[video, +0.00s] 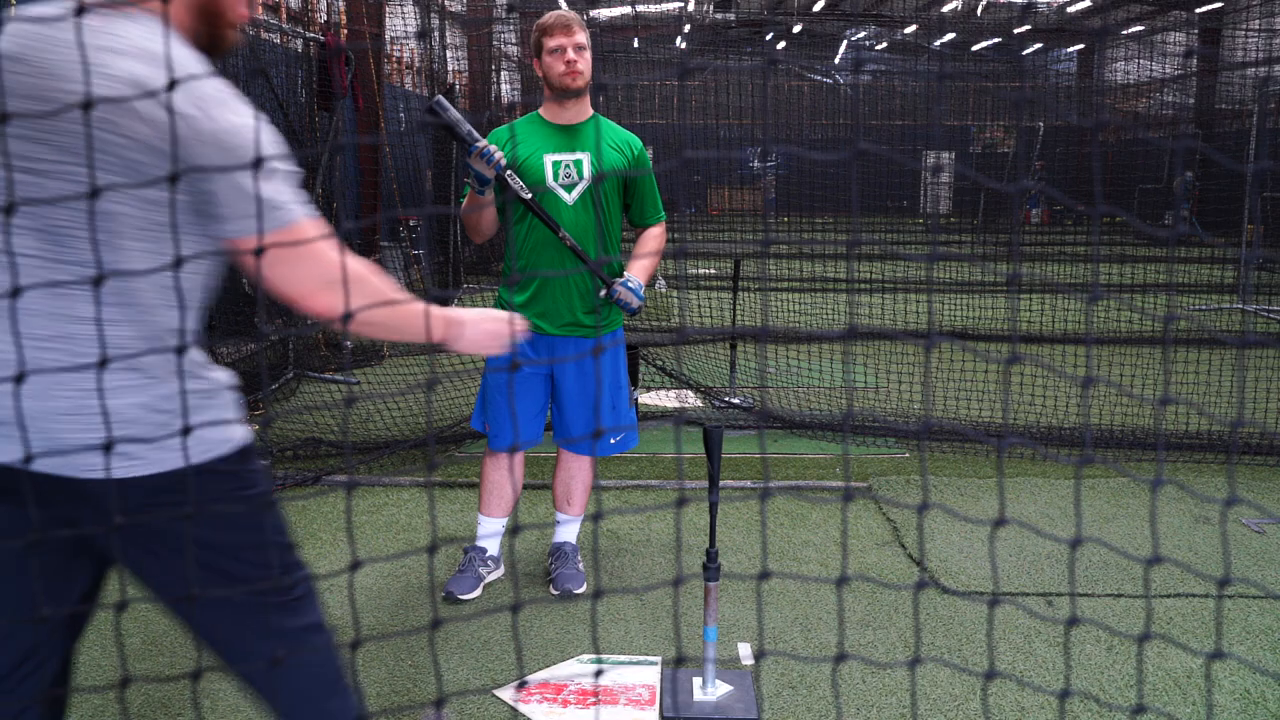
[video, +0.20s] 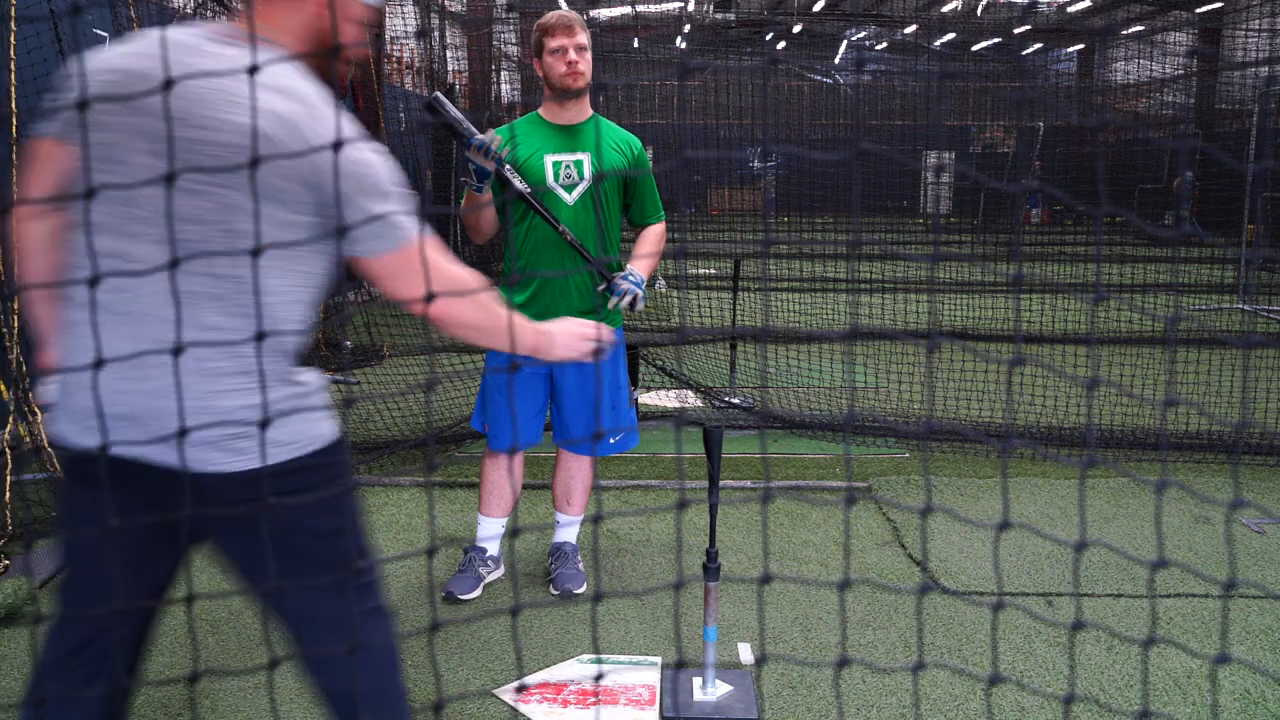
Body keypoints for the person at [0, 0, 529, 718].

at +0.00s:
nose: (253, 7)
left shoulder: (15, 45)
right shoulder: (196, 105)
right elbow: (321, 281)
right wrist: (450, 325)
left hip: (21, 448)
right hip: (159, 445)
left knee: (17, 686)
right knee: (295, 661)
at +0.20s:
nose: (373, 21)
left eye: (375, 7)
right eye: (364, 3)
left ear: (252, 2)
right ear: (317, 3)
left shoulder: (96, 74)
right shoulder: (329, 137)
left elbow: (35, 215)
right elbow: (431, 288)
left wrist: (57, 359)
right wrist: (537, 335)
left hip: (104, 434)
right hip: (259, 443)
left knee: (82, 664)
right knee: (358, 660)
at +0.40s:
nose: (468, 75)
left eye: (474, 57)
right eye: (468, 54)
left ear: (370, 21)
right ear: (431, 37)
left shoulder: (224, 74)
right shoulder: (430, 153)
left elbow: (131, 188)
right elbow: (516, 291)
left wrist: (149, 328)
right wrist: (608, 353)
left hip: (175, 401)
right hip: (322, 418)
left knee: (139, 611)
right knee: (392, 623)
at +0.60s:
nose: (521, 109)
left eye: (525, 94)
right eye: (524, 93)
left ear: (442, 55)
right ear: (501, 81)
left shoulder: (311, 85)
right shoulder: (495, 184)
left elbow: (194, 179)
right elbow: (579, 315)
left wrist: (200, 315)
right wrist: (654, 376)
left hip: (210, 381)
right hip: (359, 416)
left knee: (147, 591)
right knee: (403, 599)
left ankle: (83, 709)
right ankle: (404, 710)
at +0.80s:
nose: (543, 137)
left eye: (547, 122)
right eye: (543, 120)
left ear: (463, 77)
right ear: (516, 102)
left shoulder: (342, 97)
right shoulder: (514, 198)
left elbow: (223, 180)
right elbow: (596, 323)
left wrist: (211, 318)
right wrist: (672, 389)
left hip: (229, 370)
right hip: (373, 406)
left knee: (148, 584)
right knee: (407, 593)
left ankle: (78, 711)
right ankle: (404, 713)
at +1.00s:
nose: (544, 147)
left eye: (549, 133)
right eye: (546, 131)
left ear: (473, 89)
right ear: (519, 113)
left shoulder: (345, 105)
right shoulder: (515, 207)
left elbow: (221, 181)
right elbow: (598, 330)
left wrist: (208, 318)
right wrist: (673, 397)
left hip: (224, 372)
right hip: (367, 408)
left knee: (137, 586)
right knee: (404, 592)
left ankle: (66, 714)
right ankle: (404, 710)